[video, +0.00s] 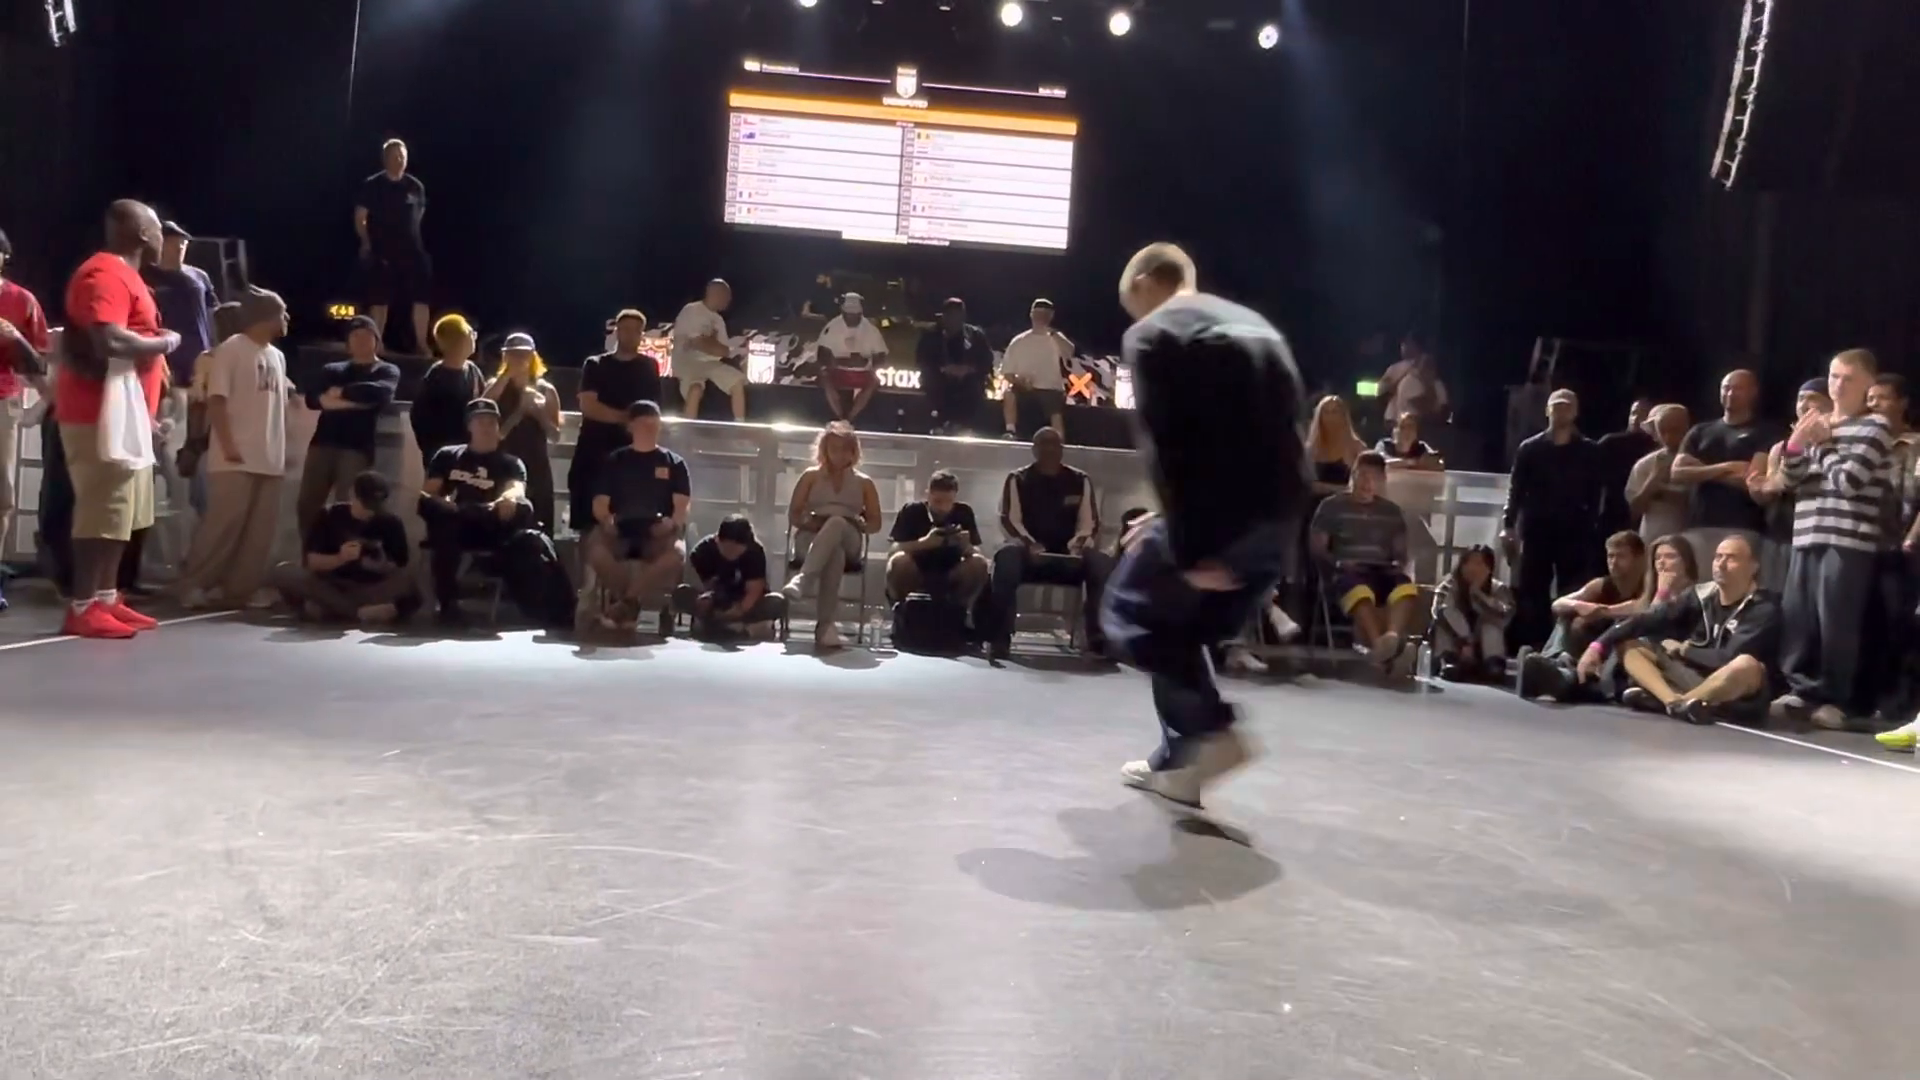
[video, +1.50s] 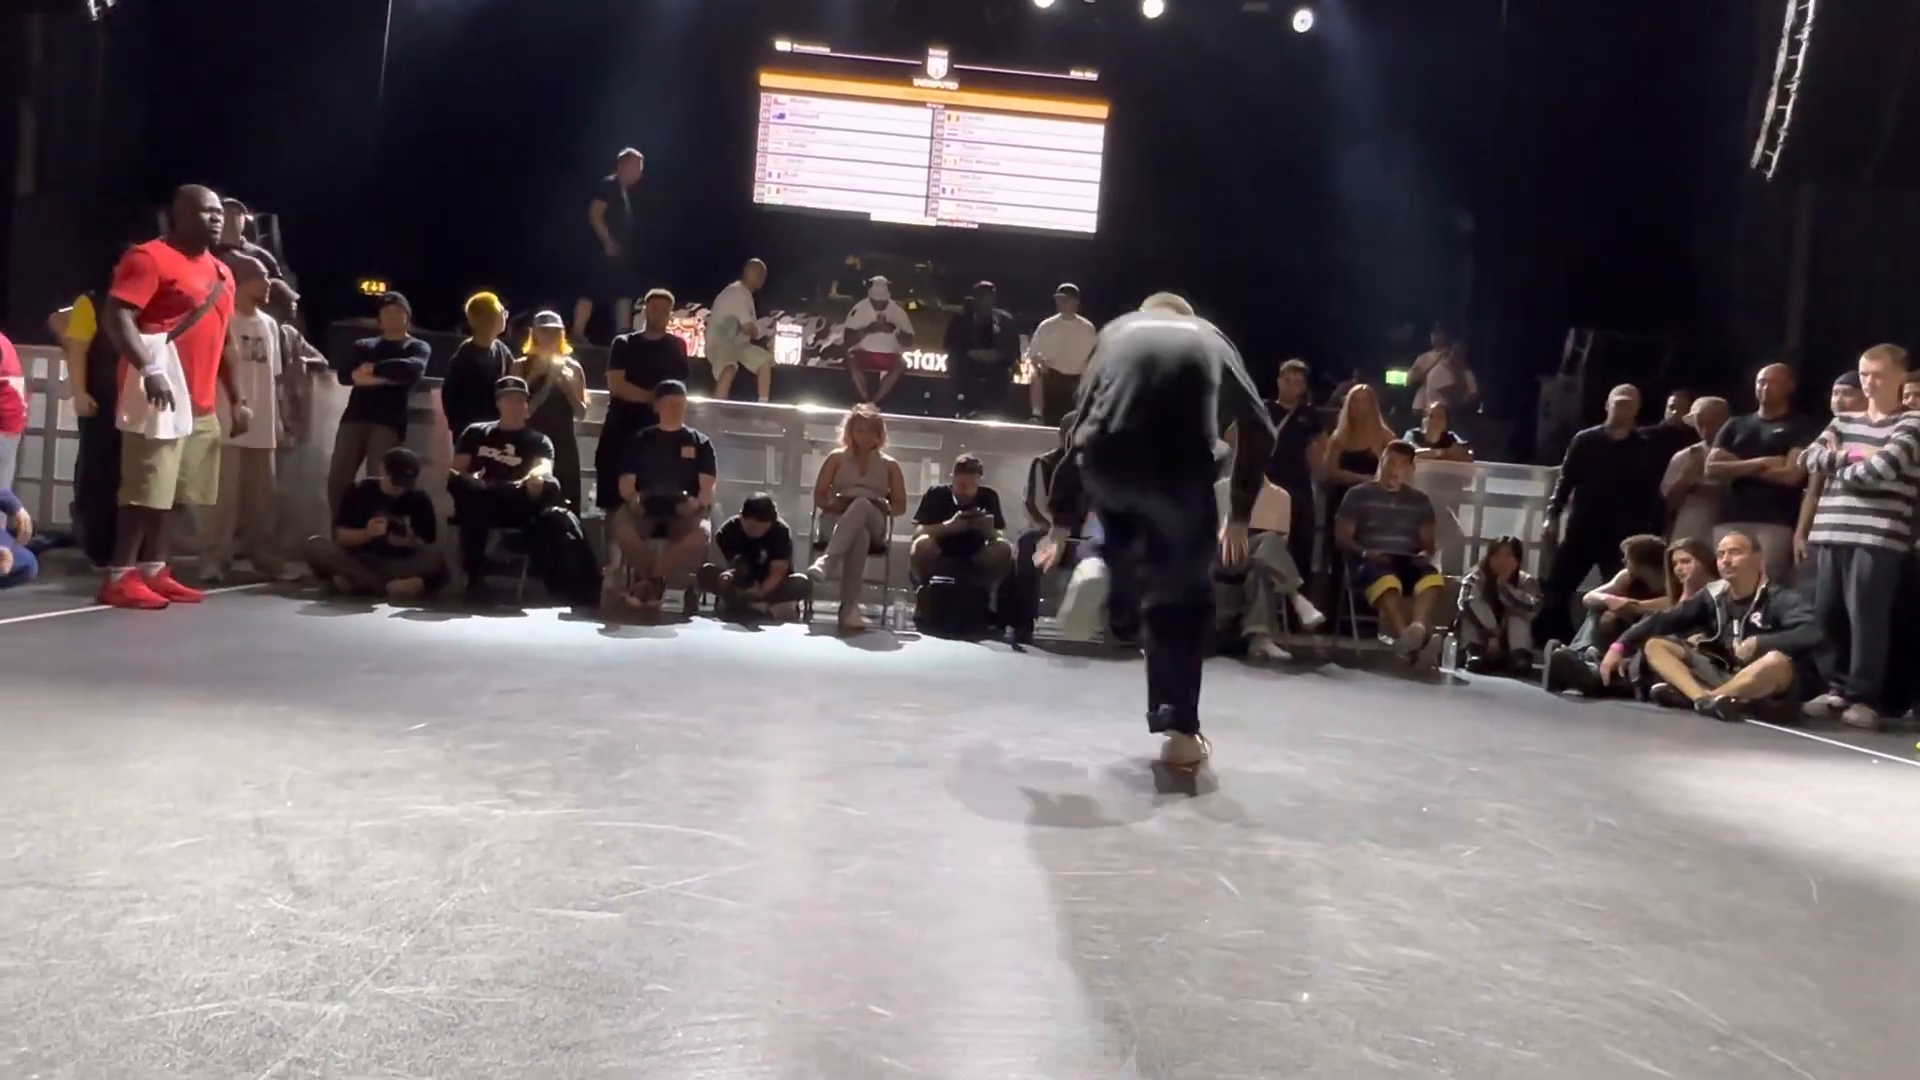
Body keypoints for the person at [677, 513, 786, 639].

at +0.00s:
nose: (735, 555)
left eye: (740, 551)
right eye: (731, 550)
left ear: (746, 545)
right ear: (719, 540)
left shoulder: (754, 551)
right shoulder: (700, 553)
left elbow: (755, 589)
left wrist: (742, 609)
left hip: (744, 596)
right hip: (716, 597)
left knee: (777, 602)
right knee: (682, 594)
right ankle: (743, 628)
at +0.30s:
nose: (738, 542)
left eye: (744, 538)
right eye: (734, 537)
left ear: (751, 533)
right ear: (724, 530)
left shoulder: (761, 544)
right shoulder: (708, 546)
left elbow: (762, 583)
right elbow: (717, 580)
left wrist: (747, 603)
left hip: (752, 591)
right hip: (725, 591)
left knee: (784, 595)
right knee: (689, 587)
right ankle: (751, 623)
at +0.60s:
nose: (741, 537)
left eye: (747, 533)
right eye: (737, 532)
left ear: (756, 529)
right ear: (728, 526)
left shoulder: (766, 541)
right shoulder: (713, 543)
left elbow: (767, 580)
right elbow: (720, 577)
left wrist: (750, 601)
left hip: (756, 587)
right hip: (729, 586)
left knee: (788, 593)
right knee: (693, 583)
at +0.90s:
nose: (746, 537)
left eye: (752, 533)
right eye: (742, 532)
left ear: (760, 529)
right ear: (733, 524)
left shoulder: (771, 539)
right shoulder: (717, 541)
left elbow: (771, 578)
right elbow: (728, 575)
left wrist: (753, 600)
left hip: (761, 584)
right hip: (735, 585)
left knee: (792, 591)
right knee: (698, 581)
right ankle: (760, 618)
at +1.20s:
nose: (749, 534)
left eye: (755, 530)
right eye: (745, 529)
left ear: (765, 526)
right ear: (737, 521)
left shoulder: (775, 536)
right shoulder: (722, 536)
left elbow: (775, 573)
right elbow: (727, 570)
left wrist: (758, 595)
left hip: (765, 582)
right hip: (737, 583)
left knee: (797, 586)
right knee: (702, 577)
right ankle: (763, 613)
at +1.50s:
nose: (755, 532)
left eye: (761, 528)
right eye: (751, 526)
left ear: (770, 523)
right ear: (742, 517)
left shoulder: (780, 531)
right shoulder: (726, 533)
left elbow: (779, 569)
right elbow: (735, 566)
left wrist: (761, 591)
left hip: (770, 578)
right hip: (742, 579)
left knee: (802, 582)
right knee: (707, 572)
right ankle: (766, 609)